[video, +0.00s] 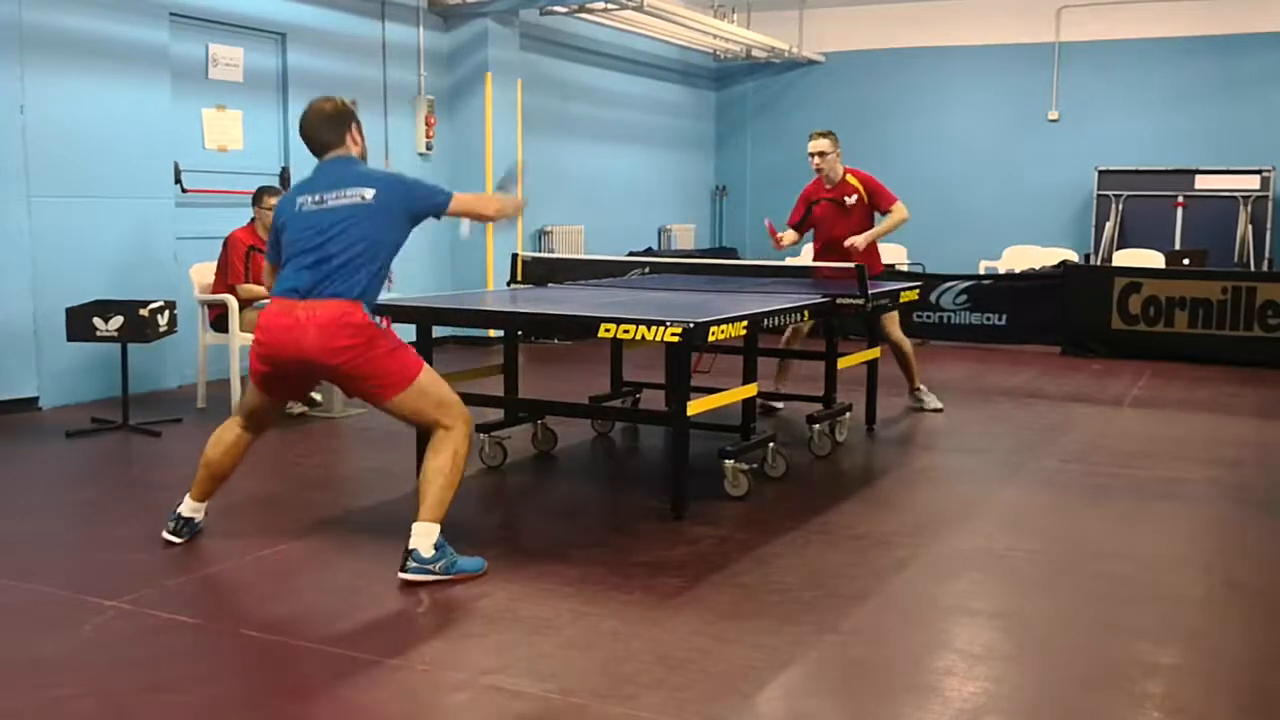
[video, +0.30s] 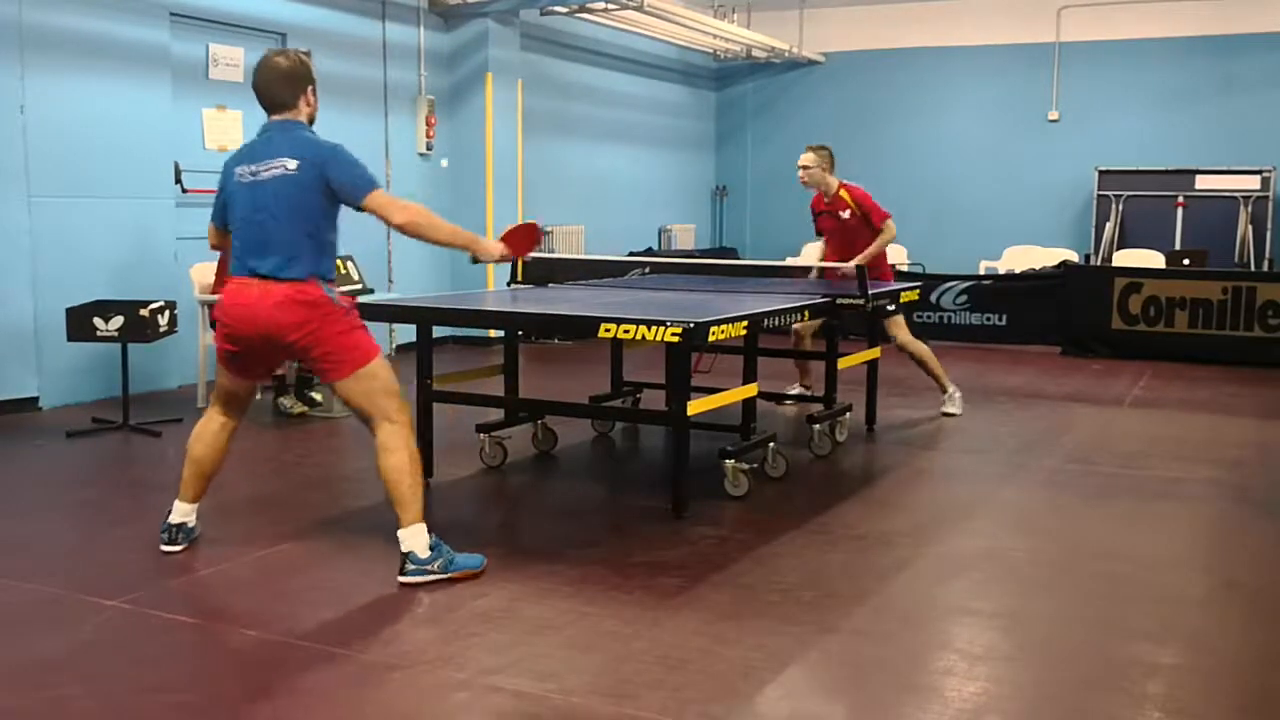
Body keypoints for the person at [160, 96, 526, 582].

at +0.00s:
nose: (364, 138)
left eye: (358, 130)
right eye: (362, 130)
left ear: (312, 147)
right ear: (355, 135)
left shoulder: (290, 201)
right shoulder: (390, 187)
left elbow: (273, 278)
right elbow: (488, 207)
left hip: (278, 328)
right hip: (345, 329)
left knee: (246, 422)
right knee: (452, 420)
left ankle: (187, 513)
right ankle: (425, 547)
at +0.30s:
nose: (317, 102)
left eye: (313, 93)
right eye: (316, 94)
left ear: (263, 102)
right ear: (307, 98)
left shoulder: (237, 161)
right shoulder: (321, 152)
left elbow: (218, 238)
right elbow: (399, 216)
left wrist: (268, 249)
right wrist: (477, 243)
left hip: (239, 304)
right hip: (306, 304)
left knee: (224, 409)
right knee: (391, 415)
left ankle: (178, 521)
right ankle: (418, 549)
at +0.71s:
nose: (317, 84)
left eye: (312, 75)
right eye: (315, 75)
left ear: (260, 82)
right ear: (307, 77)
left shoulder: (229, 140)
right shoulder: (312, 131)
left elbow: (187, 224)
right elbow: (366, 203)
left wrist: (200, 290)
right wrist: (419, 238)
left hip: (223, 286)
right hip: (286, 285)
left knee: (222, 407)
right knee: (354, 412)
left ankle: (182, 522)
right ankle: (335, 554)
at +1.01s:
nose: (293, 85)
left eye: (289, 77)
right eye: (292, 77)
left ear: (237, 82)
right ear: (282, 78)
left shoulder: (201, 140)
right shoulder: (289, 127)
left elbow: (171, 223)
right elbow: (319, 204)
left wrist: (173, 296)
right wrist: (356, 258)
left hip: (200, 280)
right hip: (258, 278)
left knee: (228, 402)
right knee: (324, 409)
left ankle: (190, 522)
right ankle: (332, 554)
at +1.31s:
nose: (261, 80)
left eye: (258, 70)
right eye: (260, 70)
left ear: (208, 72)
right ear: (247, 70)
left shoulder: (172, 127)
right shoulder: (244, 116)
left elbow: (146, 213)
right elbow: (253, 192)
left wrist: (148, 288)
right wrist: (292, 249)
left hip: (165, 270)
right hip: (214, 265)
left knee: (208, 398)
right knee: (267, 401)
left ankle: (189, 521)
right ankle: (259, 545)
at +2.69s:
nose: (290, 89)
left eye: (291, 78)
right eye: (289, 77)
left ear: (238, 70)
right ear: (266, 70)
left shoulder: (182, 119)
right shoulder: (246, 118)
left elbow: (149, 197)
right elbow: (247, 204)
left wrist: (204, 223)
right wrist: (293, 227)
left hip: (174, 267)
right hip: (227, 270)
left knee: (179, 400)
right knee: (279, 403)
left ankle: (166, 535)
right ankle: (323, 524)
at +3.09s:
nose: (345, 82)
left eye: (345, 73)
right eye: (346, 73)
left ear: (292, 68)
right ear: (334, 73)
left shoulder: (243, 113)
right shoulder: (322, 127)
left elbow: (203, 182)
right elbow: (335, 213)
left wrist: (248, 211)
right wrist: (367, 231)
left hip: (232, 261)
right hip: (290, 266)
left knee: (250, 381)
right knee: (311, 393)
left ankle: (200, 488)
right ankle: (329, 525)